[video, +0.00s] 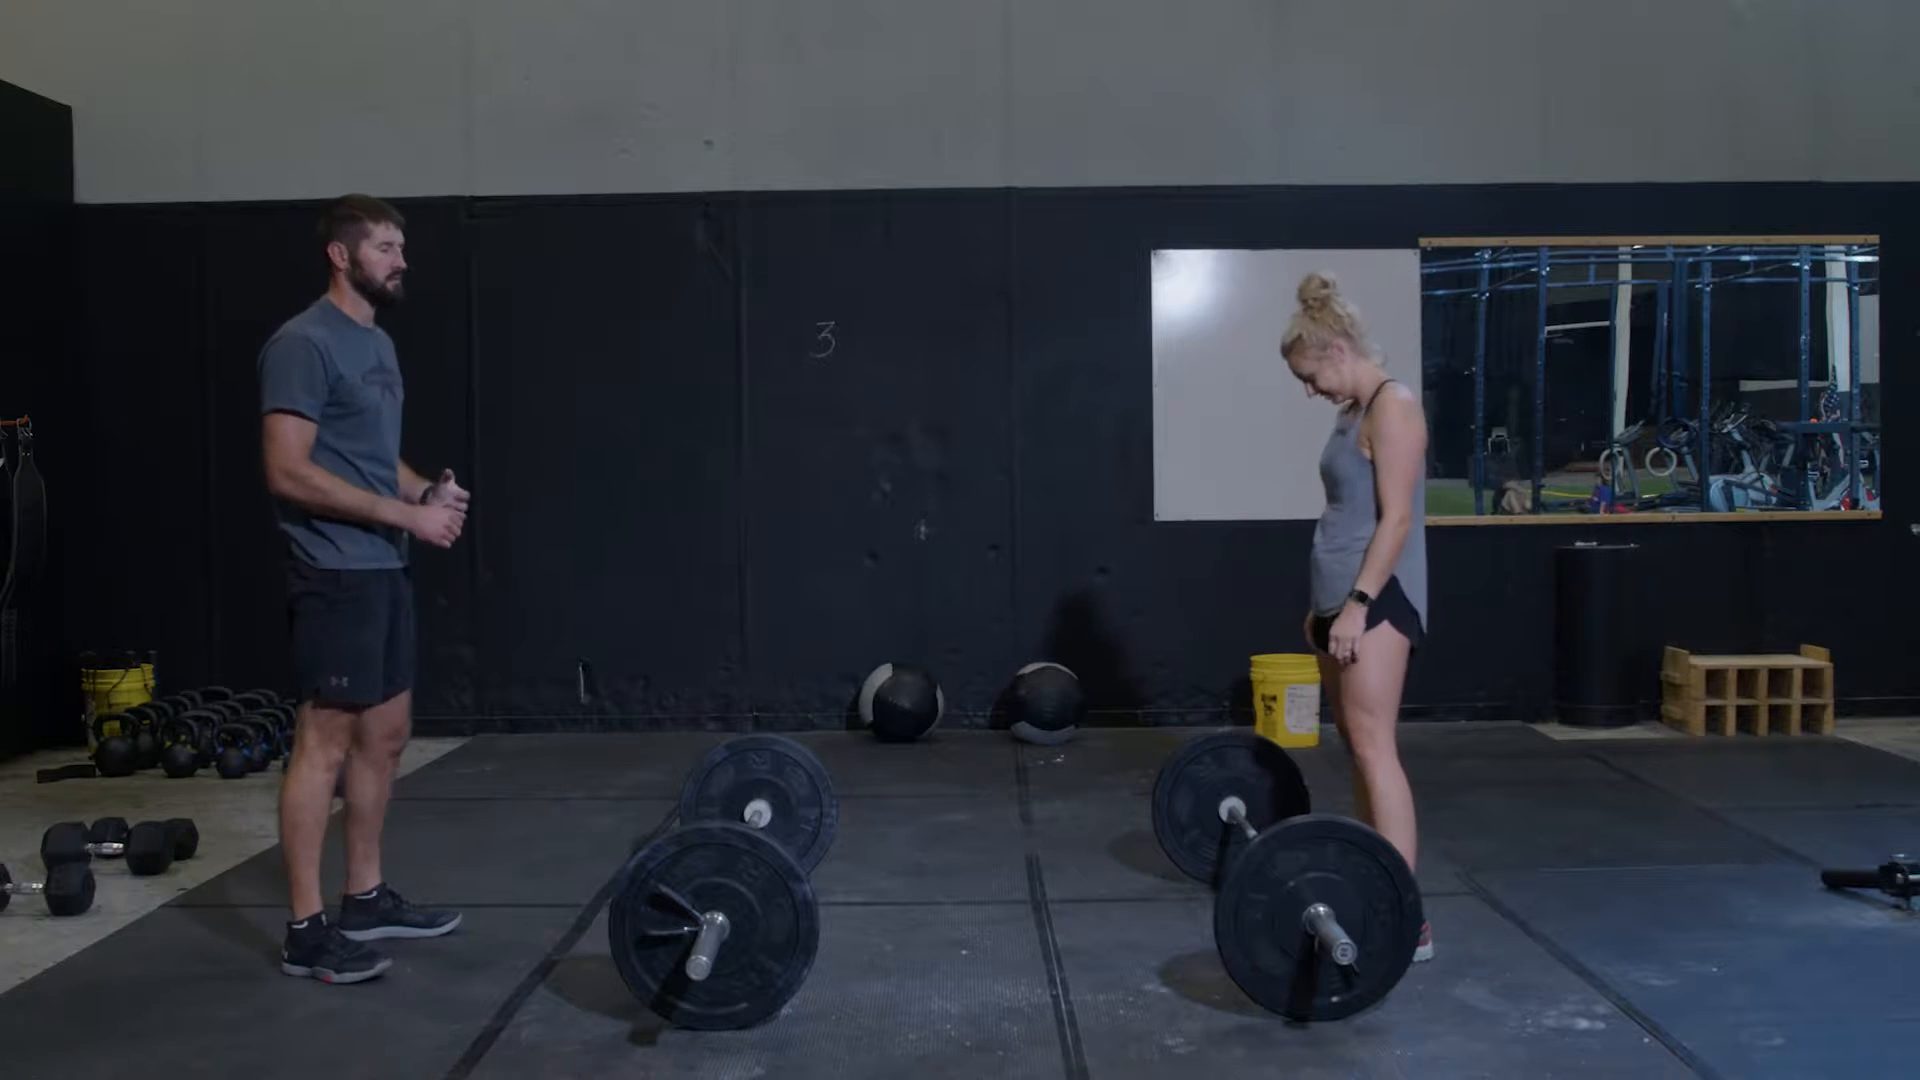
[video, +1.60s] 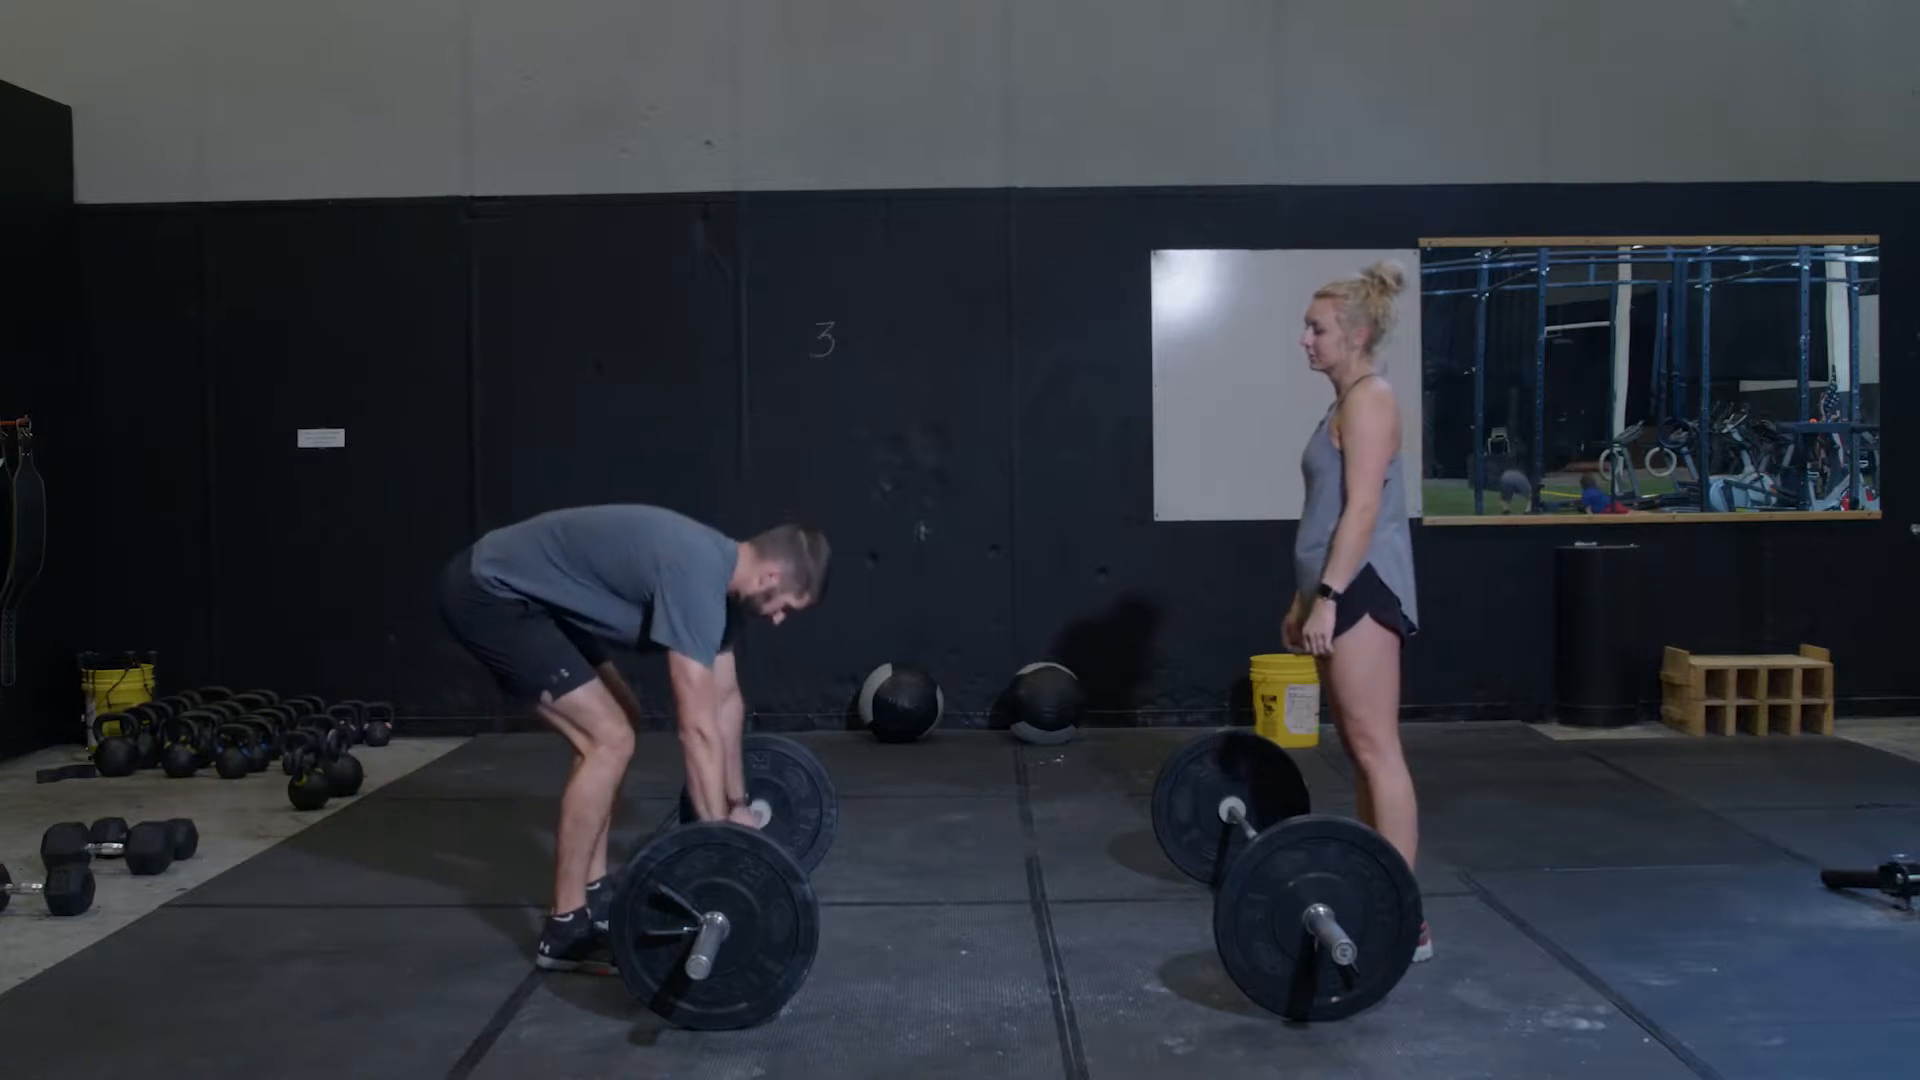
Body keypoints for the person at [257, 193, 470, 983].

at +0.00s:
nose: (398, 261)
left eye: (400, 249)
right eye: (385, 248)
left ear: (379, 259)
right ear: (340, 254)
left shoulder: (376, 344)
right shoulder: (301, 344)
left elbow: (369, 455)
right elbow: (286, 472)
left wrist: (424, 490)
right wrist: (405, 514)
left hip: (383, 570)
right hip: (331, 575)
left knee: (383, 736)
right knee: (322, 744)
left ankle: (366, 900)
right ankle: (306, 928)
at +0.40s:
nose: (458, 305)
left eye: (464, 291)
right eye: (455, 289)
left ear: (421, 275)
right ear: (416, 271)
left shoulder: (405, 348)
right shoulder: (343, 358)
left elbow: (394, 466)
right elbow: (328, 493)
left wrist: (454, 507)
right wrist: (423, 580)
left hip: (418, 570)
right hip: (360, 578)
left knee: (487, 716)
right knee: (336, 747)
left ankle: (499, 886)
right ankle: (307, 927)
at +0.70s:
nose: (572, 339)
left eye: (580, 328)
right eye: (571, 323)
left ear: (543, 306)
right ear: (537, 298)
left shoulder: (510, 373)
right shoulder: (453, 366)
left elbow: (494, 480)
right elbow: (427, 498)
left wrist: (554, 540)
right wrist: (455, 618)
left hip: (485, 581)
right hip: (426, 588)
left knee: (535, 730)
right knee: (409, 753)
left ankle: (575, 892)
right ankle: (319, 921)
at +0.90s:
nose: (655, 377)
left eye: (664, 367)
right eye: (657, 360)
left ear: (635, 337)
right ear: (628, 328)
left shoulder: (594, 392)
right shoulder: (536, 373)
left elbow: (577, 493)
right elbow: (496, 501)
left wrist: (627, 578)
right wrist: (509, 623)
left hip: (513, 558)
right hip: (458, 562)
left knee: (561, 721)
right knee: (518, 730)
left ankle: (577, 893)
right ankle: (403, 883)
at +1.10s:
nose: (710, 422)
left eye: (720, 414)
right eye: (715, 407)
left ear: (697, 381)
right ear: (690, 374)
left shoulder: (649, 422)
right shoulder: (598, 399)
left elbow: (638, 523)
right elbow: (568, 532)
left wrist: (670, 630)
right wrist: (608, 652)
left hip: (536, 564)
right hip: (478, 557)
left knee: (573, 721)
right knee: (538, 731)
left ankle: (577, 892)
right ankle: (542, 916)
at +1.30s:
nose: (745, 492)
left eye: (756, 485)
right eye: (750, 477)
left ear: (727, 444)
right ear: (729, 443)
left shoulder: (677, 468)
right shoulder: (652, 460)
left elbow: (680, 580)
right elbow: (649, 616)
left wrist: (701, 688)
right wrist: (693, 738)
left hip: (537, 575)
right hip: (489, 572)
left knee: (610, 711)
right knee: (575, 734)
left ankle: (591, 883)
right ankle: (564, 924)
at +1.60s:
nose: (777, 618)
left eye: (789, 612)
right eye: (786, 606)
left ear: (770, 565)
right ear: (772, 573)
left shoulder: (718, 575)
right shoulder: (696, 574)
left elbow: (727, 698)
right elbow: (696, 728)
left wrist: (735, 803)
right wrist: (715, 834)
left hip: (532, 593)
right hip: (493, 593)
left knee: (621, 721)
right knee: (609, 740)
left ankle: (593, 894)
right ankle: (565, 923)